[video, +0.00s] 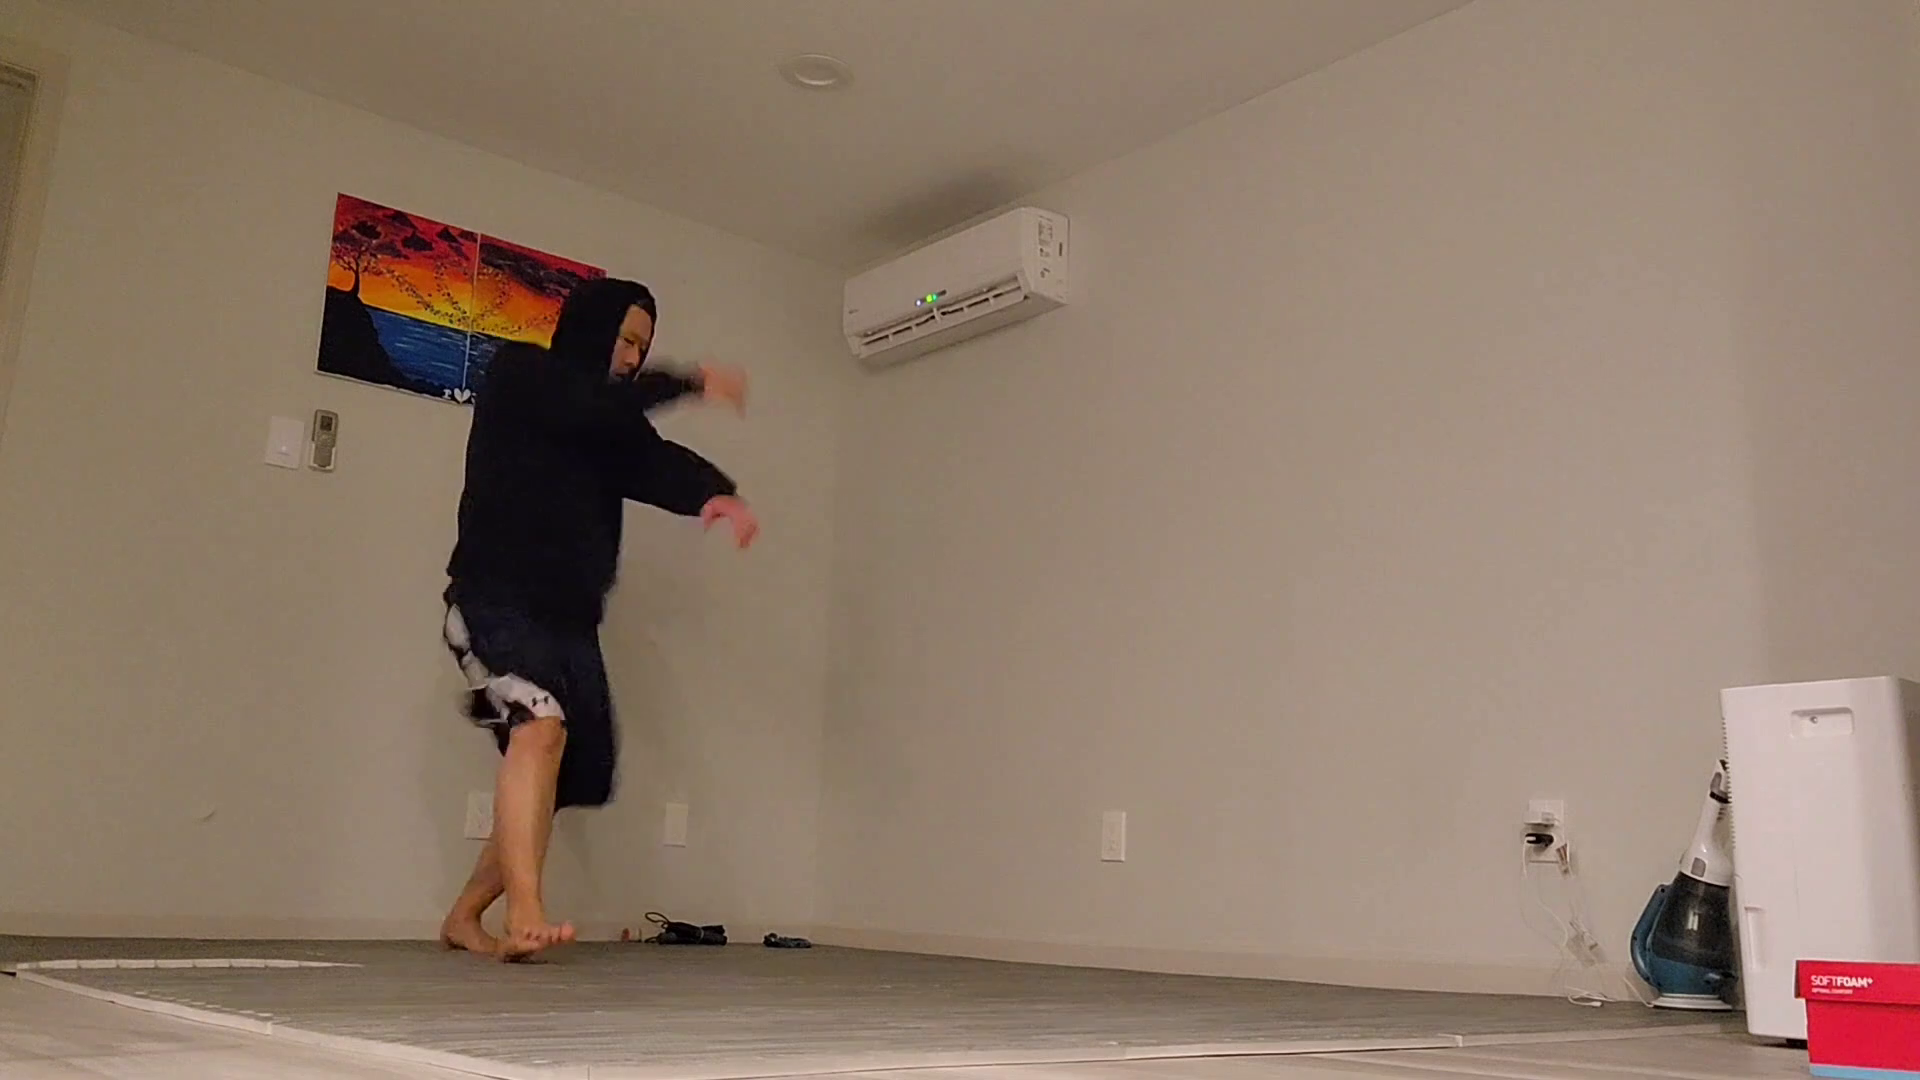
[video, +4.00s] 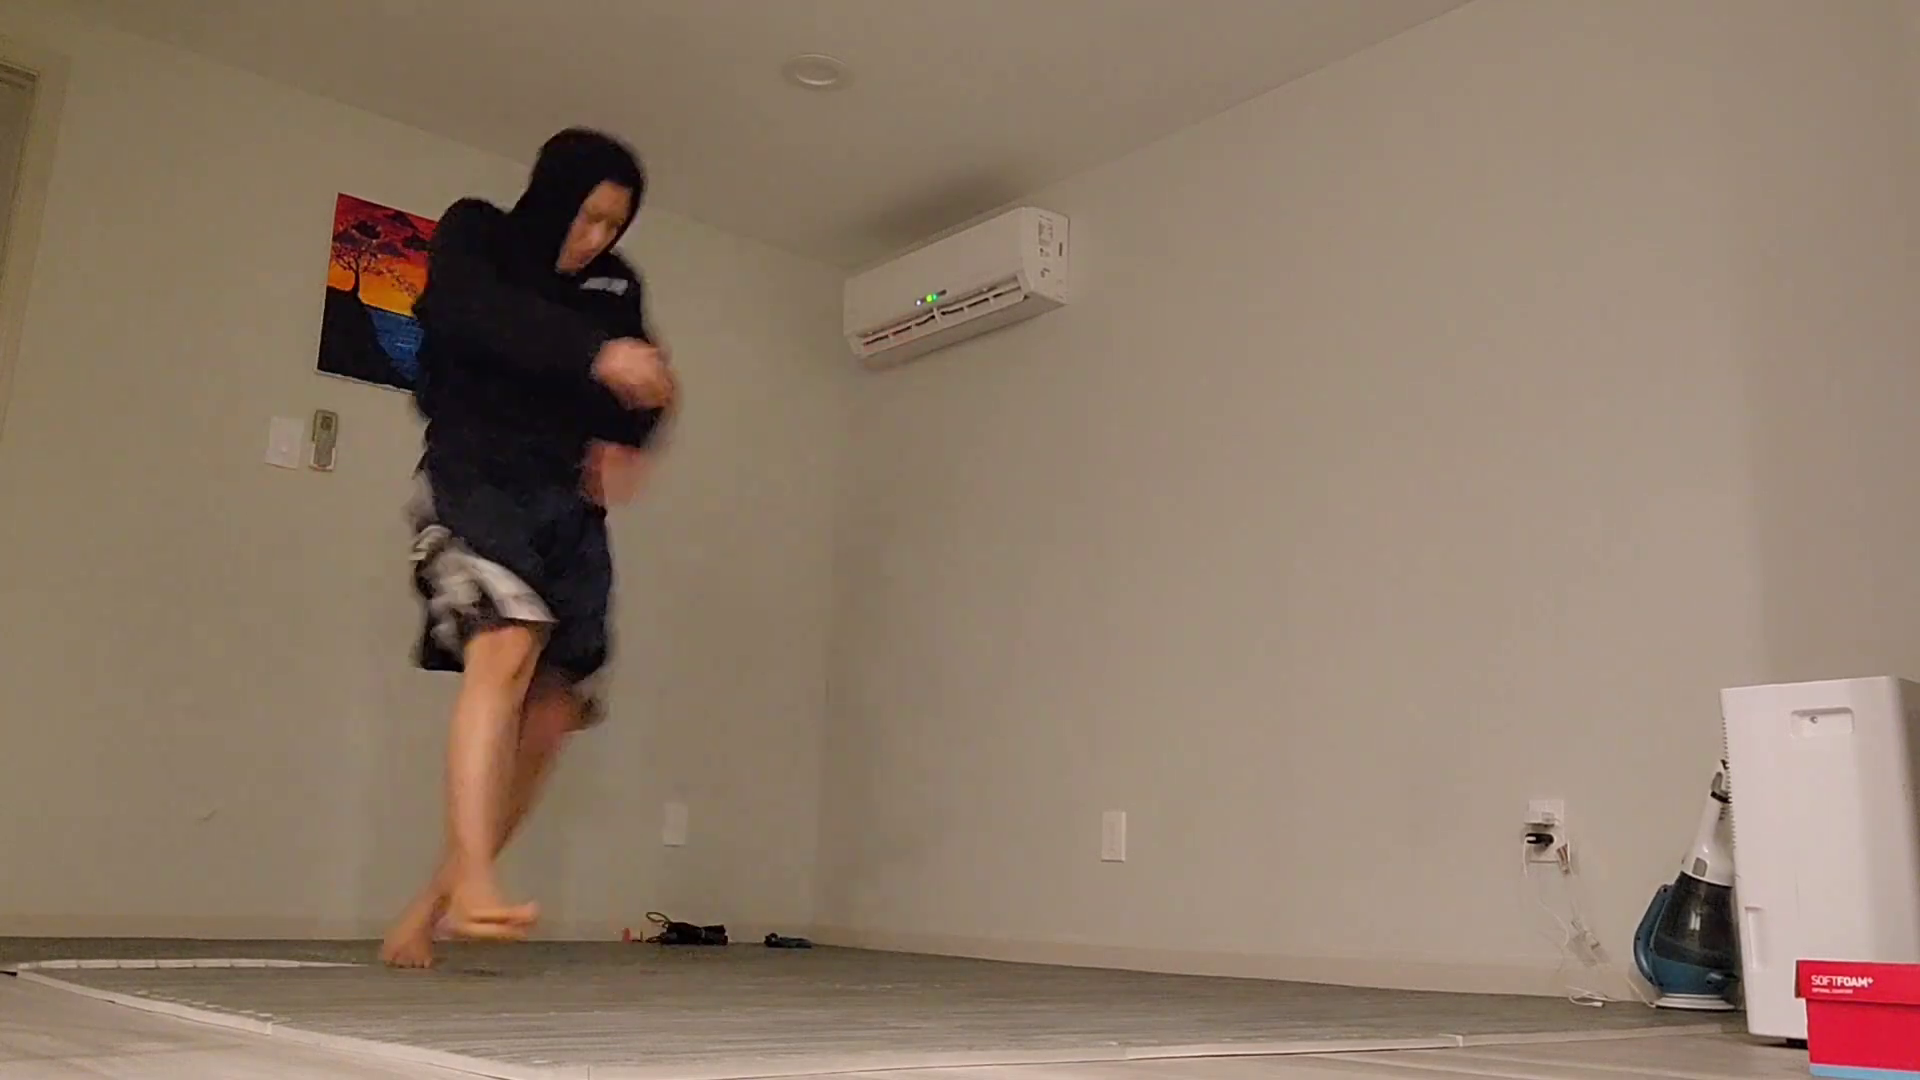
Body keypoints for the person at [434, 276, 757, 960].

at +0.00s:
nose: (634, 356)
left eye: (643, 346)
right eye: (626, 339)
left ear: (640, 352)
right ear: (585, 327)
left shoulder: (612, 415)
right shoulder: (517, 370)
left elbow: (651, 459)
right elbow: (588, 399)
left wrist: (710, 492)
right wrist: (685, 381)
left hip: (568, 611)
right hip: (496, 591)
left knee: (563, 769)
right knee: (537, 724)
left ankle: (465, 914)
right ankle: (523, 921)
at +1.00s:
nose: (586, 287)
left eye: (603, 274)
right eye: (575, 268)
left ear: (622, 275)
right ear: (549, 259)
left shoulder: (631, 316)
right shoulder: (490, 315)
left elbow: (637, 371)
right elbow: (433, 401)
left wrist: (525, 356)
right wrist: (517, 467)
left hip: (608, 544)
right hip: (514, 546)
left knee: (581, 688)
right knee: (485, 734)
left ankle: (549, 878)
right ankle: (456, 907)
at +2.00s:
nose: (627, 244)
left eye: (641, 233)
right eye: (613, 226)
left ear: (650, 246)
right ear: (578, 228)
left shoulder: (656, 315)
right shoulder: (512, 288)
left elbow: (632, 373)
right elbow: (385, 316)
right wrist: (326, 380)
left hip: (607, 552)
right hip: (510, 533)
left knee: (575, 757)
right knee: (514, 691)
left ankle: (510, 925)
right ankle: (492, 894)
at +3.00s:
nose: (653, 258)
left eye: (675, 252)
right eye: (648, 240)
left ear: (687, 268)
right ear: (615, 240)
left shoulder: (679, 326)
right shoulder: (542, 295)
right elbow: (449, 296)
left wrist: (644, 250)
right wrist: (437, 313)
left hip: (642, 546)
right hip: (548, 536)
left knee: (651, 745)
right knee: (613, 715)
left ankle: (590, 930)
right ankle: (663, 913)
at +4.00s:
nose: (600, 239)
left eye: (614, 226)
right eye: (592, 217)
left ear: (623, 224)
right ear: (551, 196)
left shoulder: (613, 287)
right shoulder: (475, 230)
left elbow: (626, 410)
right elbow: (468, 315)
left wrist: (635, 413)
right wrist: (597, 353)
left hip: (565, 499)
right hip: (476, 480)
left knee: (550, 714)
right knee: (504, 645)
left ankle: (429, 911)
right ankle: (471, 886)